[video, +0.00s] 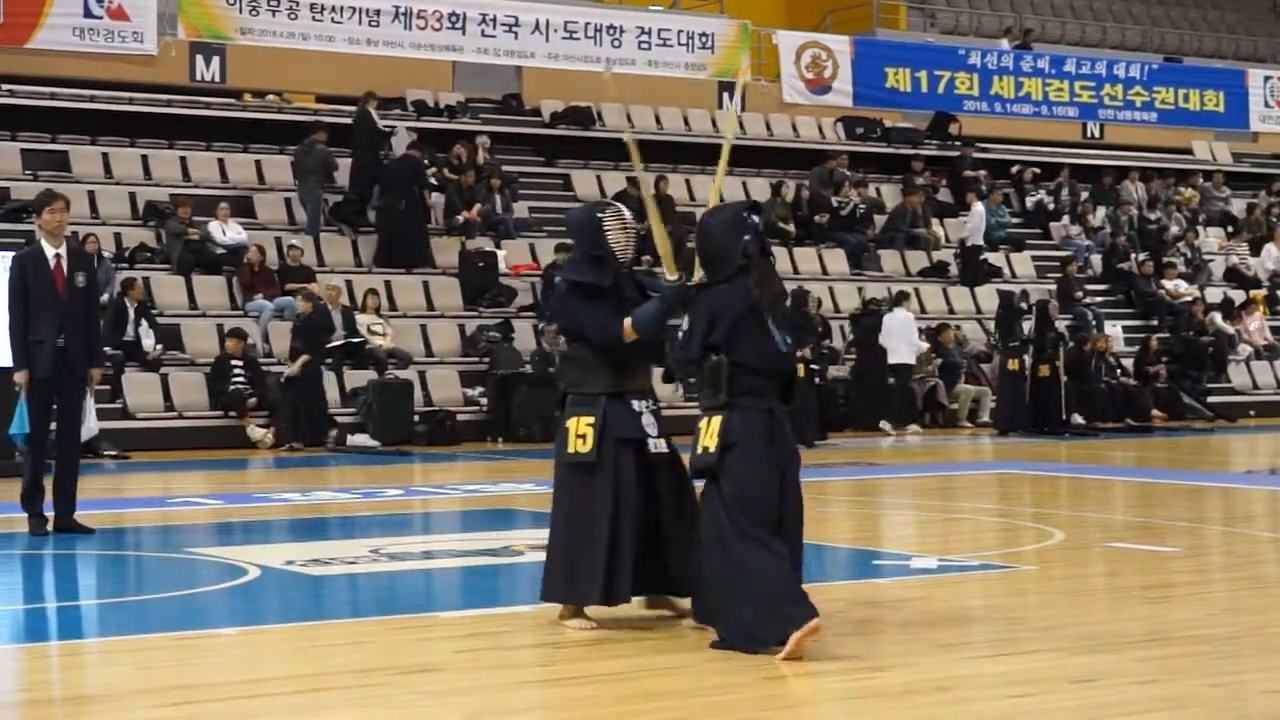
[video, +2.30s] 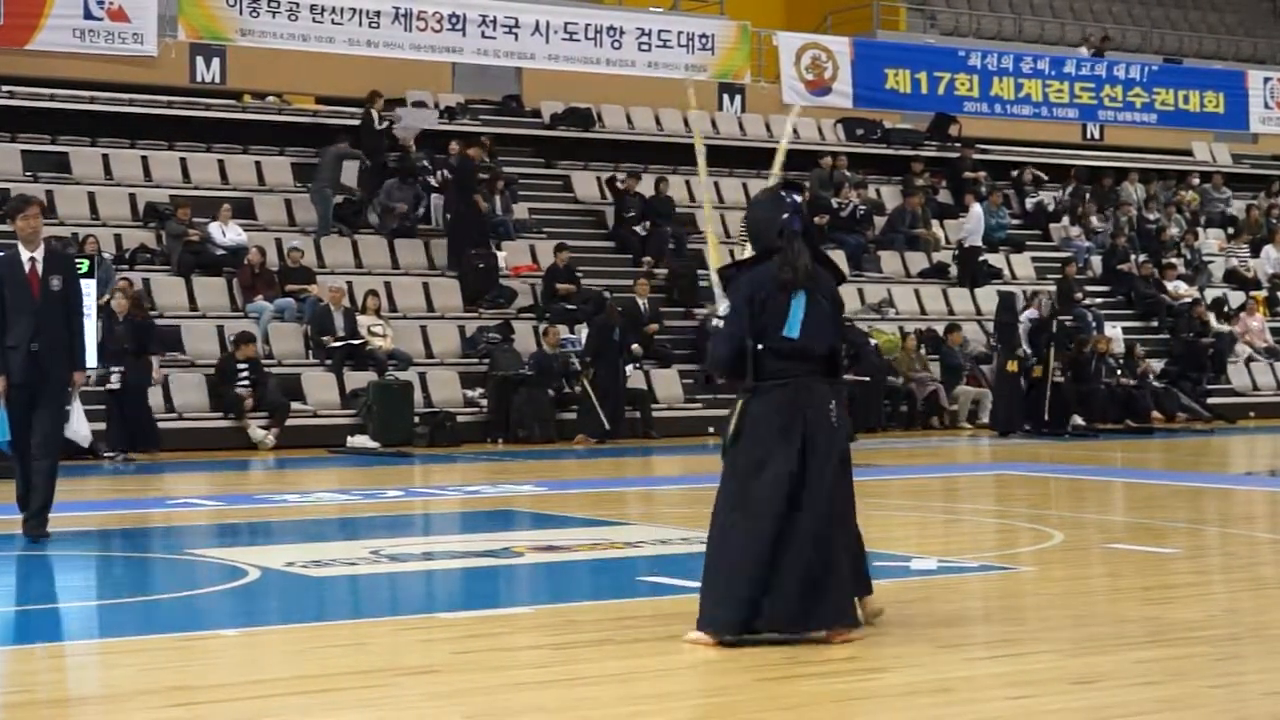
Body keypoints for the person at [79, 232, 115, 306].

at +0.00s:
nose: (92, 245)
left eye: (95, 243)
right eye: (89, 243)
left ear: (98, 245)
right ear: (83, 245)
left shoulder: (105, 263)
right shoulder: (79, 262)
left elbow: (111, 280)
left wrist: (107, 294)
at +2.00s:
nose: (92, 246)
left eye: (94, 243)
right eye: (89, 243)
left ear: (98, 245)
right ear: (83, 246)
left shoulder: (105, 264)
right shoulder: (78, 263)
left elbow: (111, 280)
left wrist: (107, 295)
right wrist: (93, 298)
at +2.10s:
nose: (92, 246)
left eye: (94, 243)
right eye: (89, 243)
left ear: (98, 245)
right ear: (83, 246)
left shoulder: (105, 263)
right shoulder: (77, 263)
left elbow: (112, 279)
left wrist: (108, 294)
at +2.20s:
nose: (92, 246)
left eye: (94, 243)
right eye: (89, 243)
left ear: (98, 245)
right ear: (83, 246)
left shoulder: (104, 263)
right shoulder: (77, 263)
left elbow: (111, 279)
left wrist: (108, 294)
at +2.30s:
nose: (92, 246)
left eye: (94, 243)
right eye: (89, 243)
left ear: (98, 245)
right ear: (83, 246)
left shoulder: (105, 263)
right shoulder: (77, 263)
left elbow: (112, 280)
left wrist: (106, 296)